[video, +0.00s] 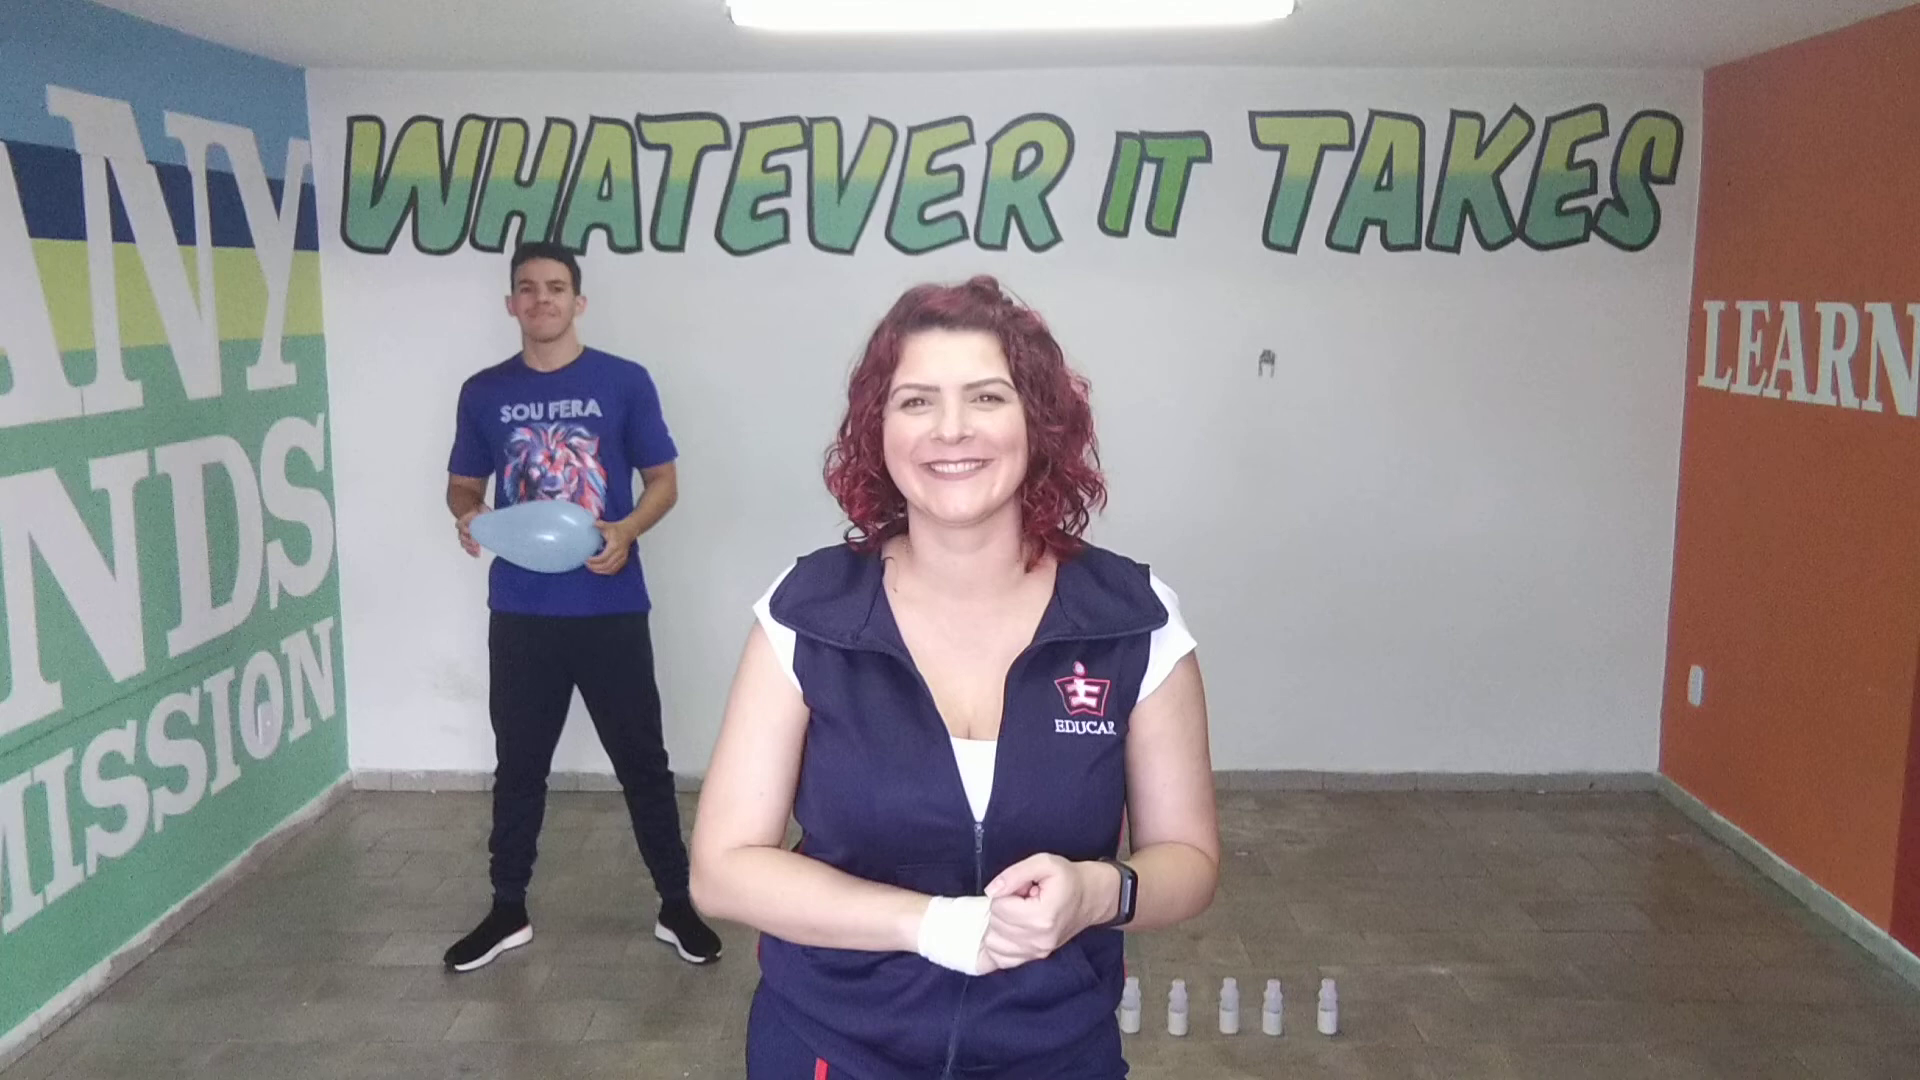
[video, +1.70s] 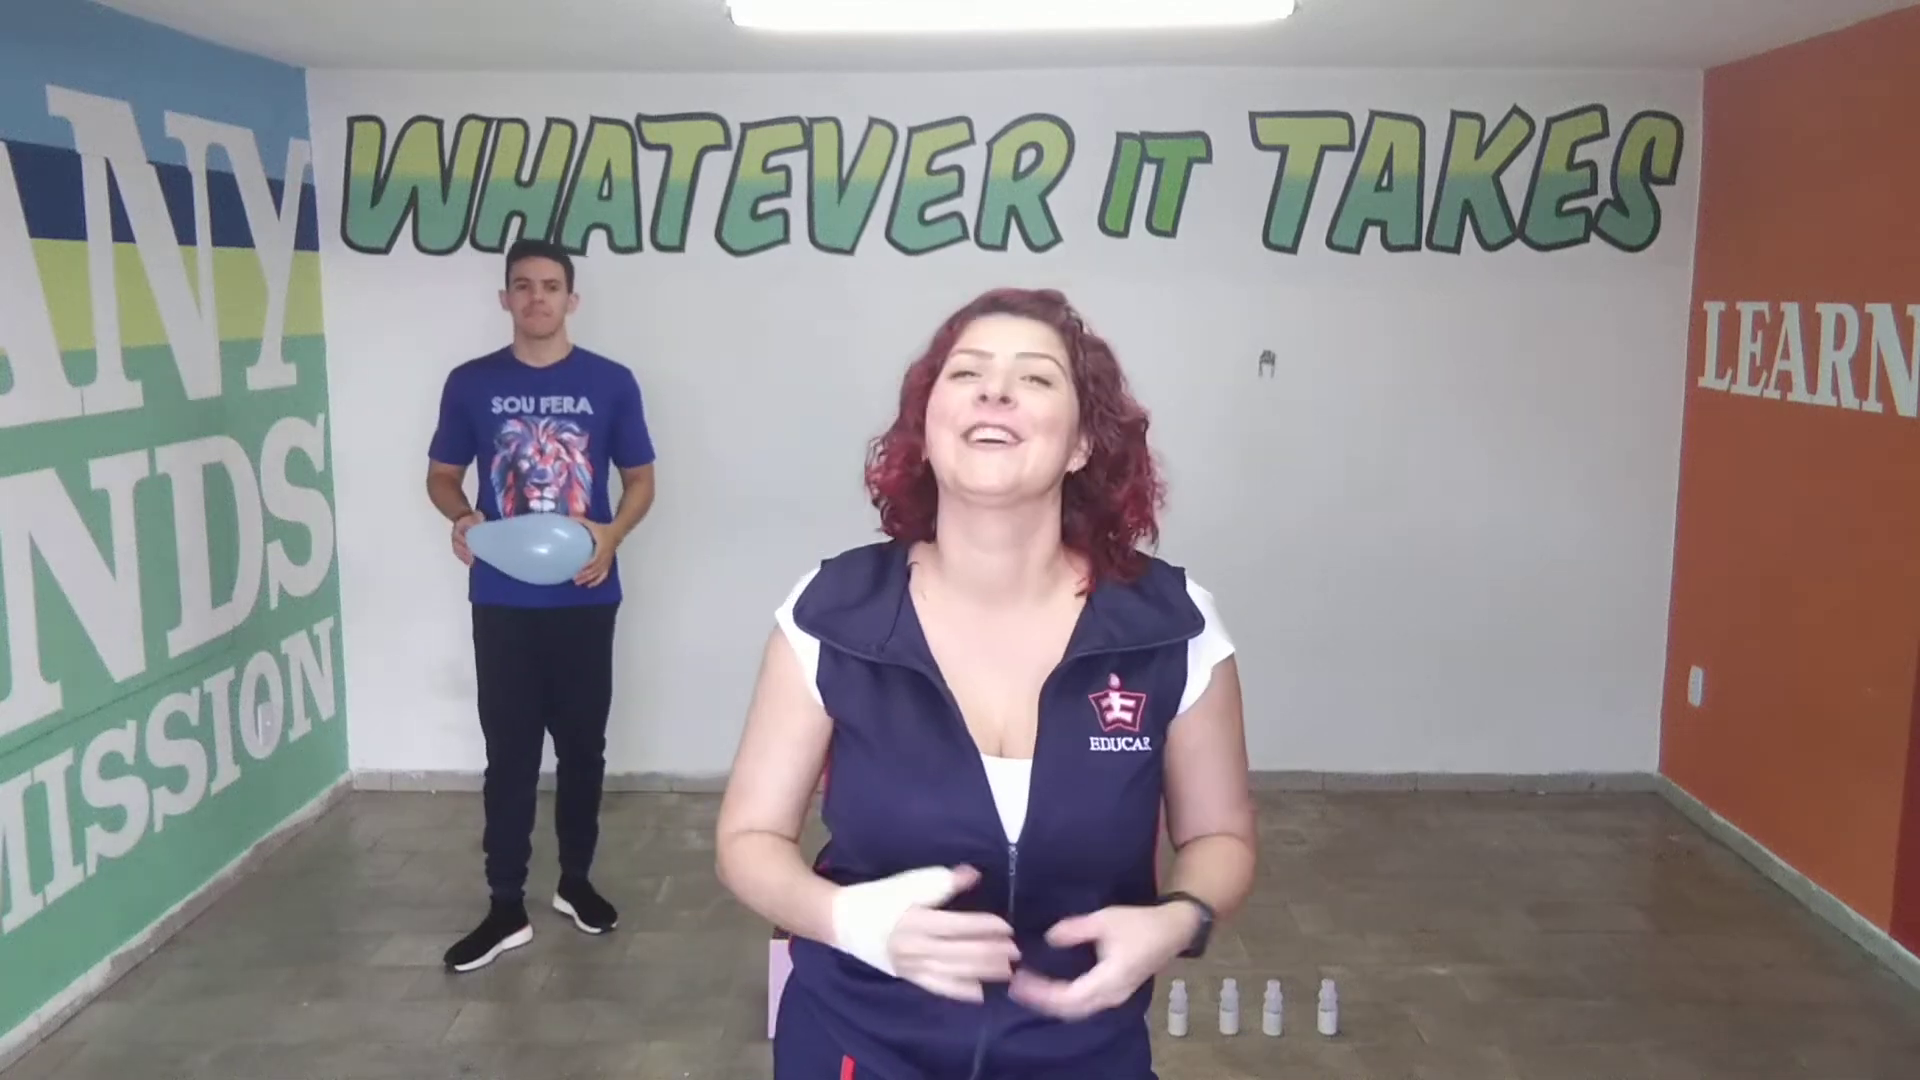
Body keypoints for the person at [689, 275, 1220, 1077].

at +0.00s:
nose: (952, 428)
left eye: (987, 398)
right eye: (917, 401)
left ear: (1038, 421)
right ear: (878, 429)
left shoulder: (1131, 617)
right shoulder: (810, 609)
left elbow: (1186, 860)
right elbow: (722, 870)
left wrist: (1099, 894)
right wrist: (929, 922)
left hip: (1054, 1057)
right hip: (835, 1055)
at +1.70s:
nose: (993, 393)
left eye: (1035, 379)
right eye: (966, 373)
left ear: (1080, 445)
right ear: (923, 424)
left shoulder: (1167, 622)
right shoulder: (837, 608)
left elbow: (1218, 835)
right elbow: (749, 838)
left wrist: (1179, 922)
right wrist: (847, 920)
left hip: (1080, 1055)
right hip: (863, 1051)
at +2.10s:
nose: (1058, 410)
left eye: (1098, 388)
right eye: (1024, 387)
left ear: (1151, 438)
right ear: (977, 432)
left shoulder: (1237, 629)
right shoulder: (895, 622)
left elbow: (1289, 839)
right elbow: (829, 826)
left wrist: (1335, 906)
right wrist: (784, 904)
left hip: (1158, 1054)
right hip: (934, 1049)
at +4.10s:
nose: (1250, 449)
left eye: (1288, 406)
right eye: (1208, 413)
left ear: (1349, 423)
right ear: (1164, 439)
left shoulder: (1457, 623)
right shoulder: (1093, 620)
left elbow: (1540, 893)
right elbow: (1005, 884)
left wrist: (1420, 917)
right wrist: (1192, 920)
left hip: (1384, 1062)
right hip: (1138, 1062)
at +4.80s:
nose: (1060, 380)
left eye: (1104, 361)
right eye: (1029, 354)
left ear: (1151, 419)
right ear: (979, 400)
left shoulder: (1249, 612)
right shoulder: (906, 600)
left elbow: (1336, 894)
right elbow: (848, 829)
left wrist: (1137, 917)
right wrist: (911, 905)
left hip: (1177, 1057)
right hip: (942, 1055)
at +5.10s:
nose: (995, 400)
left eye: (1035, 375)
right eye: (961, 374)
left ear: (1084, 420)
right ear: (917, 418)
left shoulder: (1182, 621)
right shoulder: (844, 603)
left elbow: (1259, 873)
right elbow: (793, 806)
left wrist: (1110, 929)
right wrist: (789, 863)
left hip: (1091, 1060)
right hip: (865, 1053)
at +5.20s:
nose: (980, 405)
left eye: (1020, 377)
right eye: (946, 378)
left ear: (1071, 414)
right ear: (904, 416)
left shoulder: (1166, 621)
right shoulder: (827, 599)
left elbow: (1231, 865)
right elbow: (769, 806)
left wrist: (1118, 945)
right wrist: (753, 868)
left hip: (1058, 1056)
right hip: (844, 1051)